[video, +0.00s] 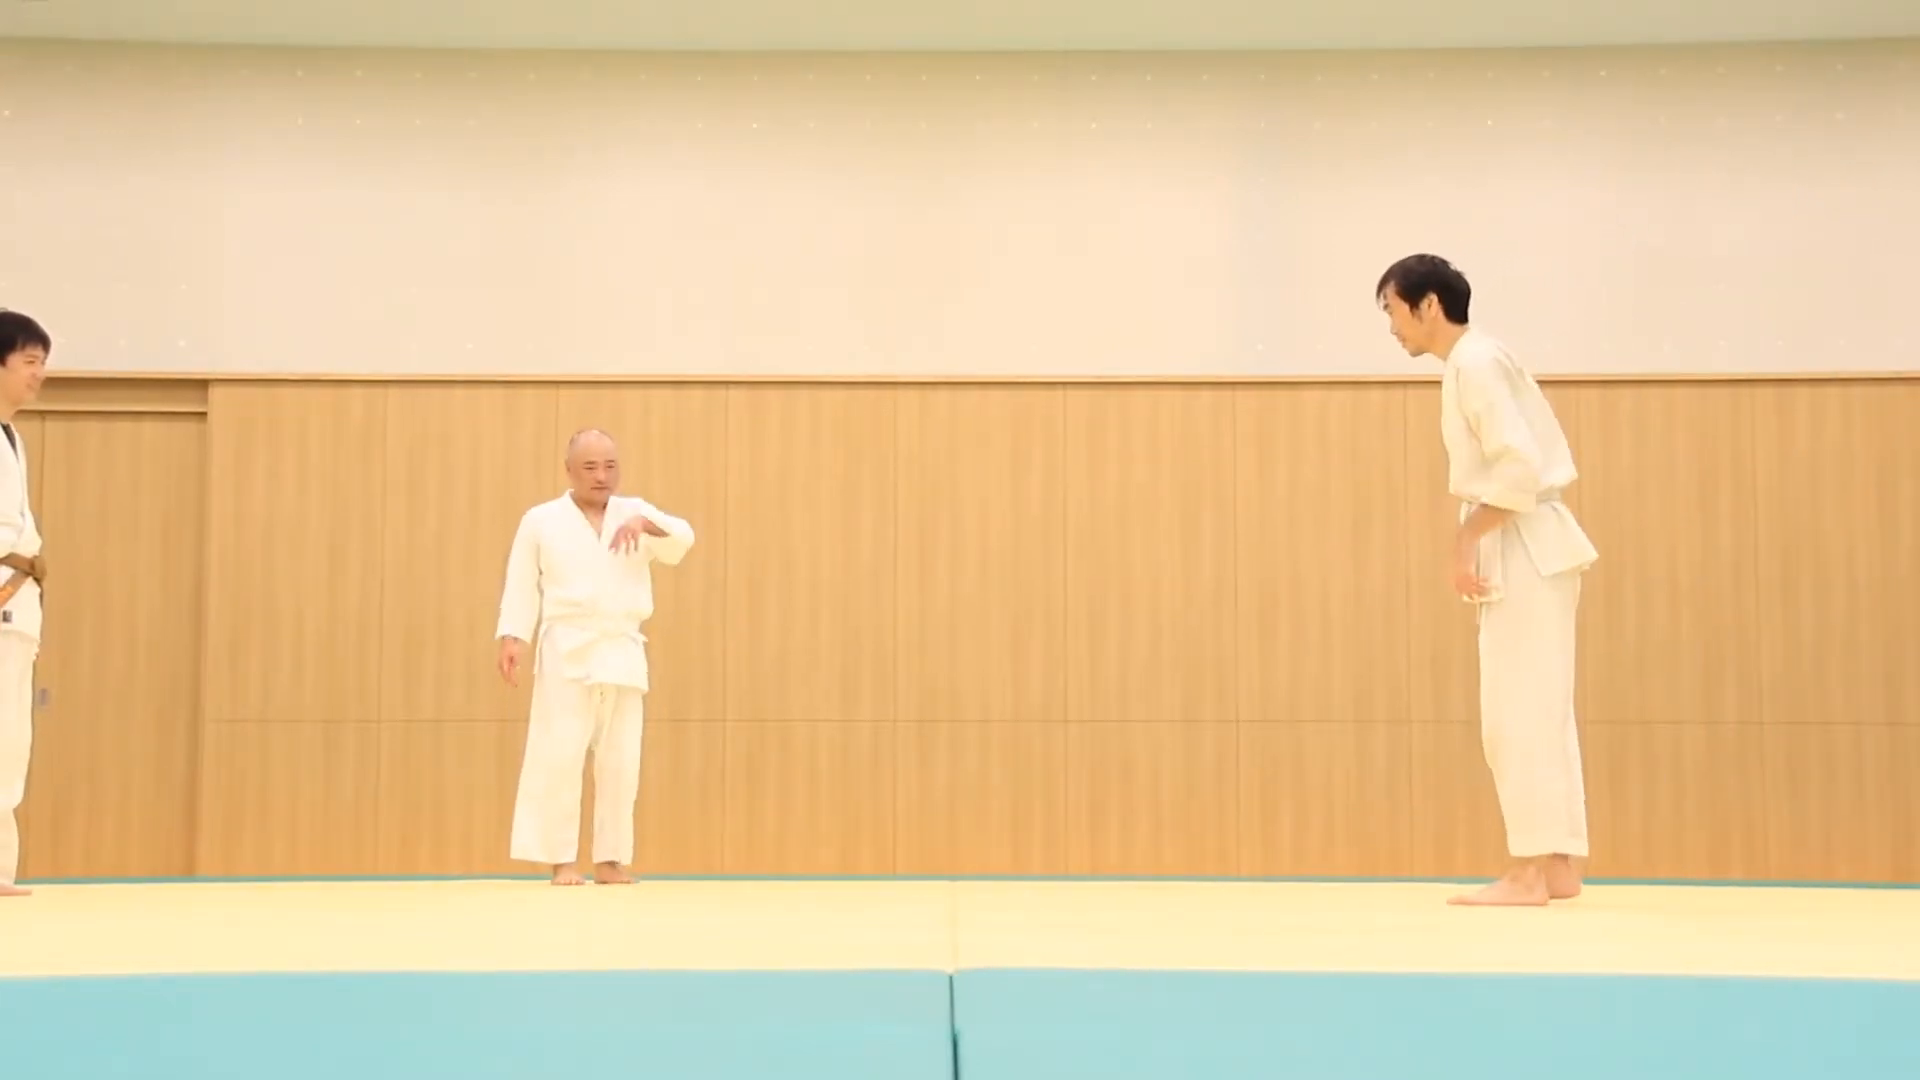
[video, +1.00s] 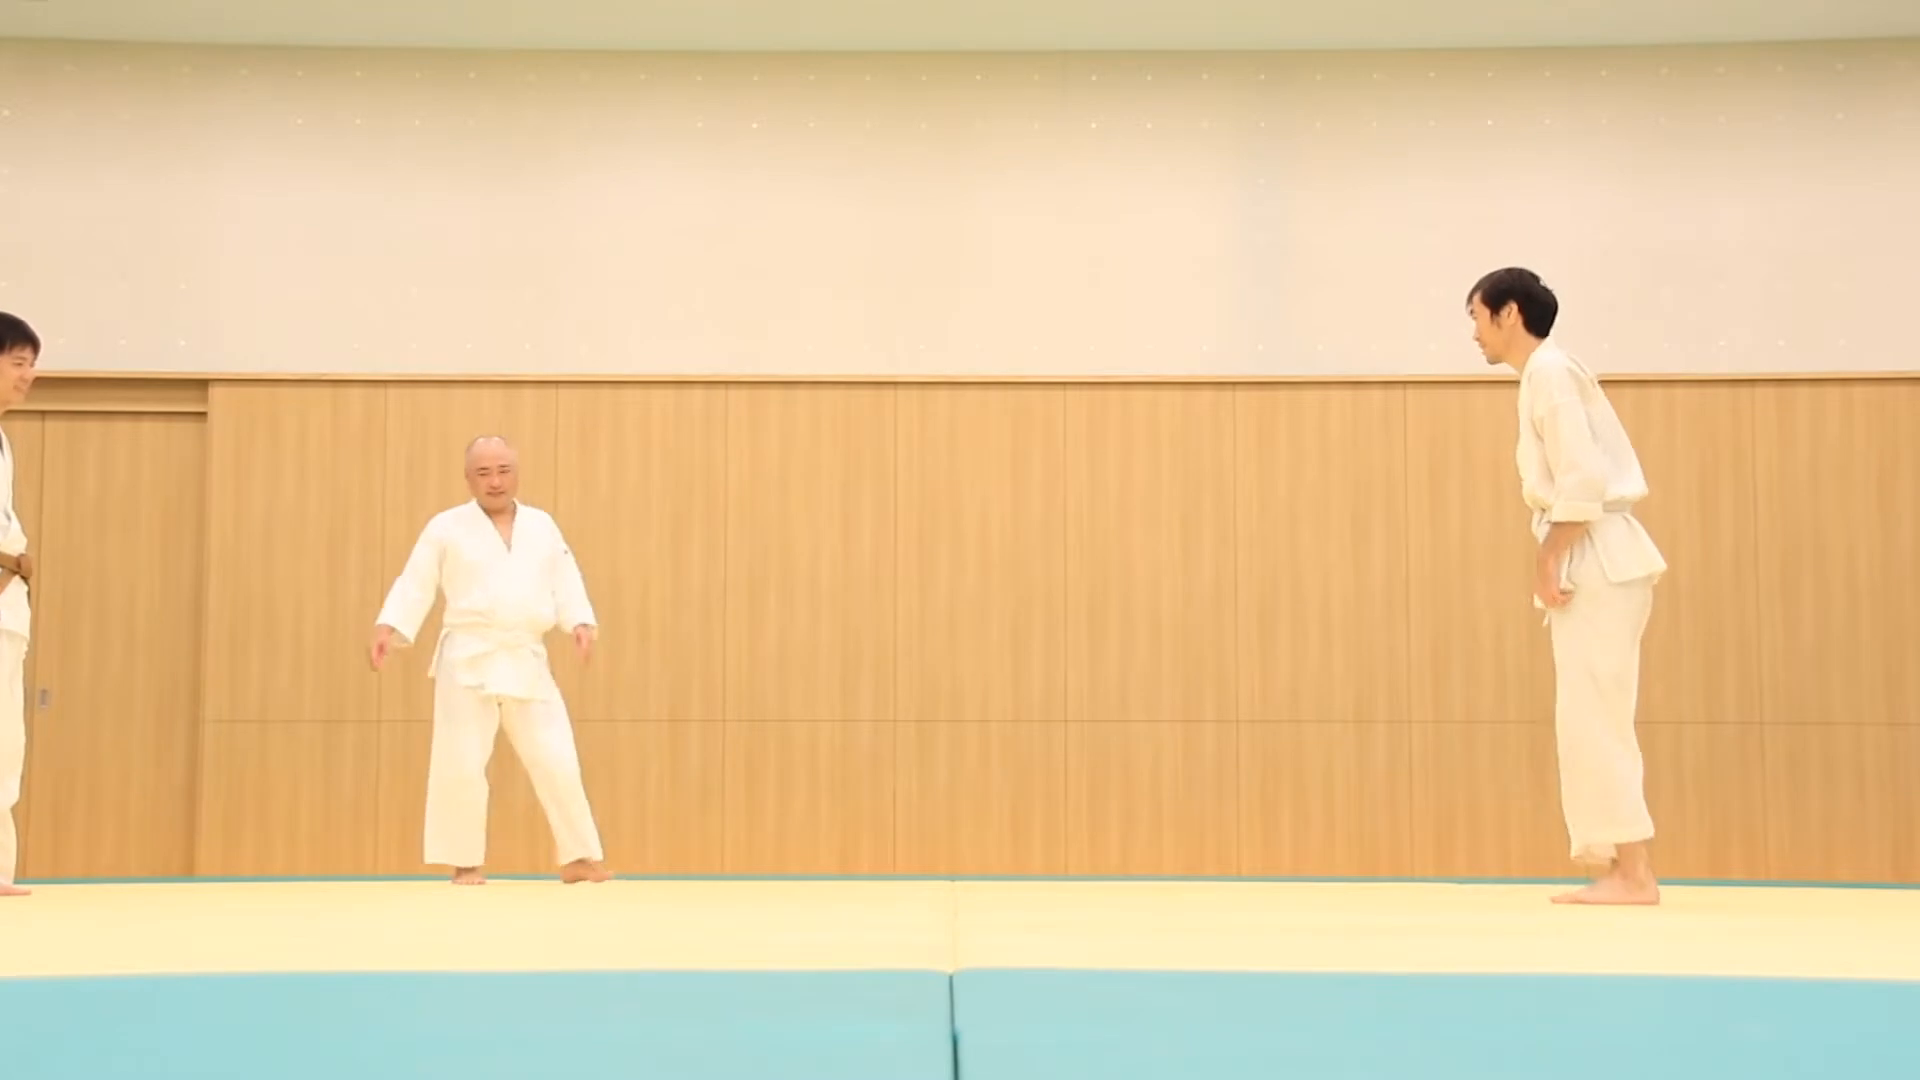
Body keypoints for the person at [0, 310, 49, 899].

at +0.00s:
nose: (40, 375)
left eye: (43, 364)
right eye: (31, 362)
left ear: (32, 369)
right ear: (1, 363)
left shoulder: (12, 440)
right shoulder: (1, 440)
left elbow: (25, 529)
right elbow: (7, 528)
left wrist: (16, 575)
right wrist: (30, 557)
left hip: (20, 611)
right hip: (10, 613)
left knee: (13, 747)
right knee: (8, 748)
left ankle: (7, 869)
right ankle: (3, 869)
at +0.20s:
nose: (36, 374)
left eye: (39, 363)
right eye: (26, 361)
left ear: (34, 369)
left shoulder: (11, 440)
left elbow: (20, 529)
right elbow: (5, 530)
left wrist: (19, 571)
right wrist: (28, 561)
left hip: (18, 609)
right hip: (9, 610)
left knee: (12, 745)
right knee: (7, 746)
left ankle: (6, 868)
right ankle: (2, 868)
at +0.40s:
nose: (35, 375)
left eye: (38, 364)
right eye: (25, 362)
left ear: (30, 370)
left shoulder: (9, 442)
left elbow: (18, 528)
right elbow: (6, 530)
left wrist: (19, 567)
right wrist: (26, 560)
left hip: (16, 611)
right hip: (8, 611)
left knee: (11, 745)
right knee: (6, 745)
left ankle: (5, 866)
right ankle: (1, 867)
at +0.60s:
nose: (33, 377)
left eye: (36, 365)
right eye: (24, 364)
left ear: (29, 370)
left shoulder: (8, 442)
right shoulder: (1, 443)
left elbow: (15, 526)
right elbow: (8, 529)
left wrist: (25, 562)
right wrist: (25, 561)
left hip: (14, 613)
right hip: (7, 613)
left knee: (11, 745)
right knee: (7, 746)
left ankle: (6, 867)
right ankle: (2, 868)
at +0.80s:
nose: (31, 376)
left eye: (35, 365)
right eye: (23, 363)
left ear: (27, 369)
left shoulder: (6, 441)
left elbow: (12, 521)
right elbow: (5, 523)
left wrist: (22, 556)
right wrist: (20, 556)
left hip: (13, 614)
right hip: (6, 614)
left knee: (10, 743)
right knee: (6, 743)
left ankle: (4, 866)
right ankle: (1, 867)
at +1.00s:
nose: (28, 377)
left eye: (31, 366)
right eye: (20, 364)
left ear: (25, 369)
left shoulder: (5, 442)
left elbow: (9, 519)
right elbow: (4, 521)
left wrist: (19, 556)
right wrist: (17, 556)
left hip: (11, 616)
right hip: (5, 618)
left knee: (9, 744)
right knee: (5, 744)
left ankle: (4, 866)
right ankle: (0, 867)